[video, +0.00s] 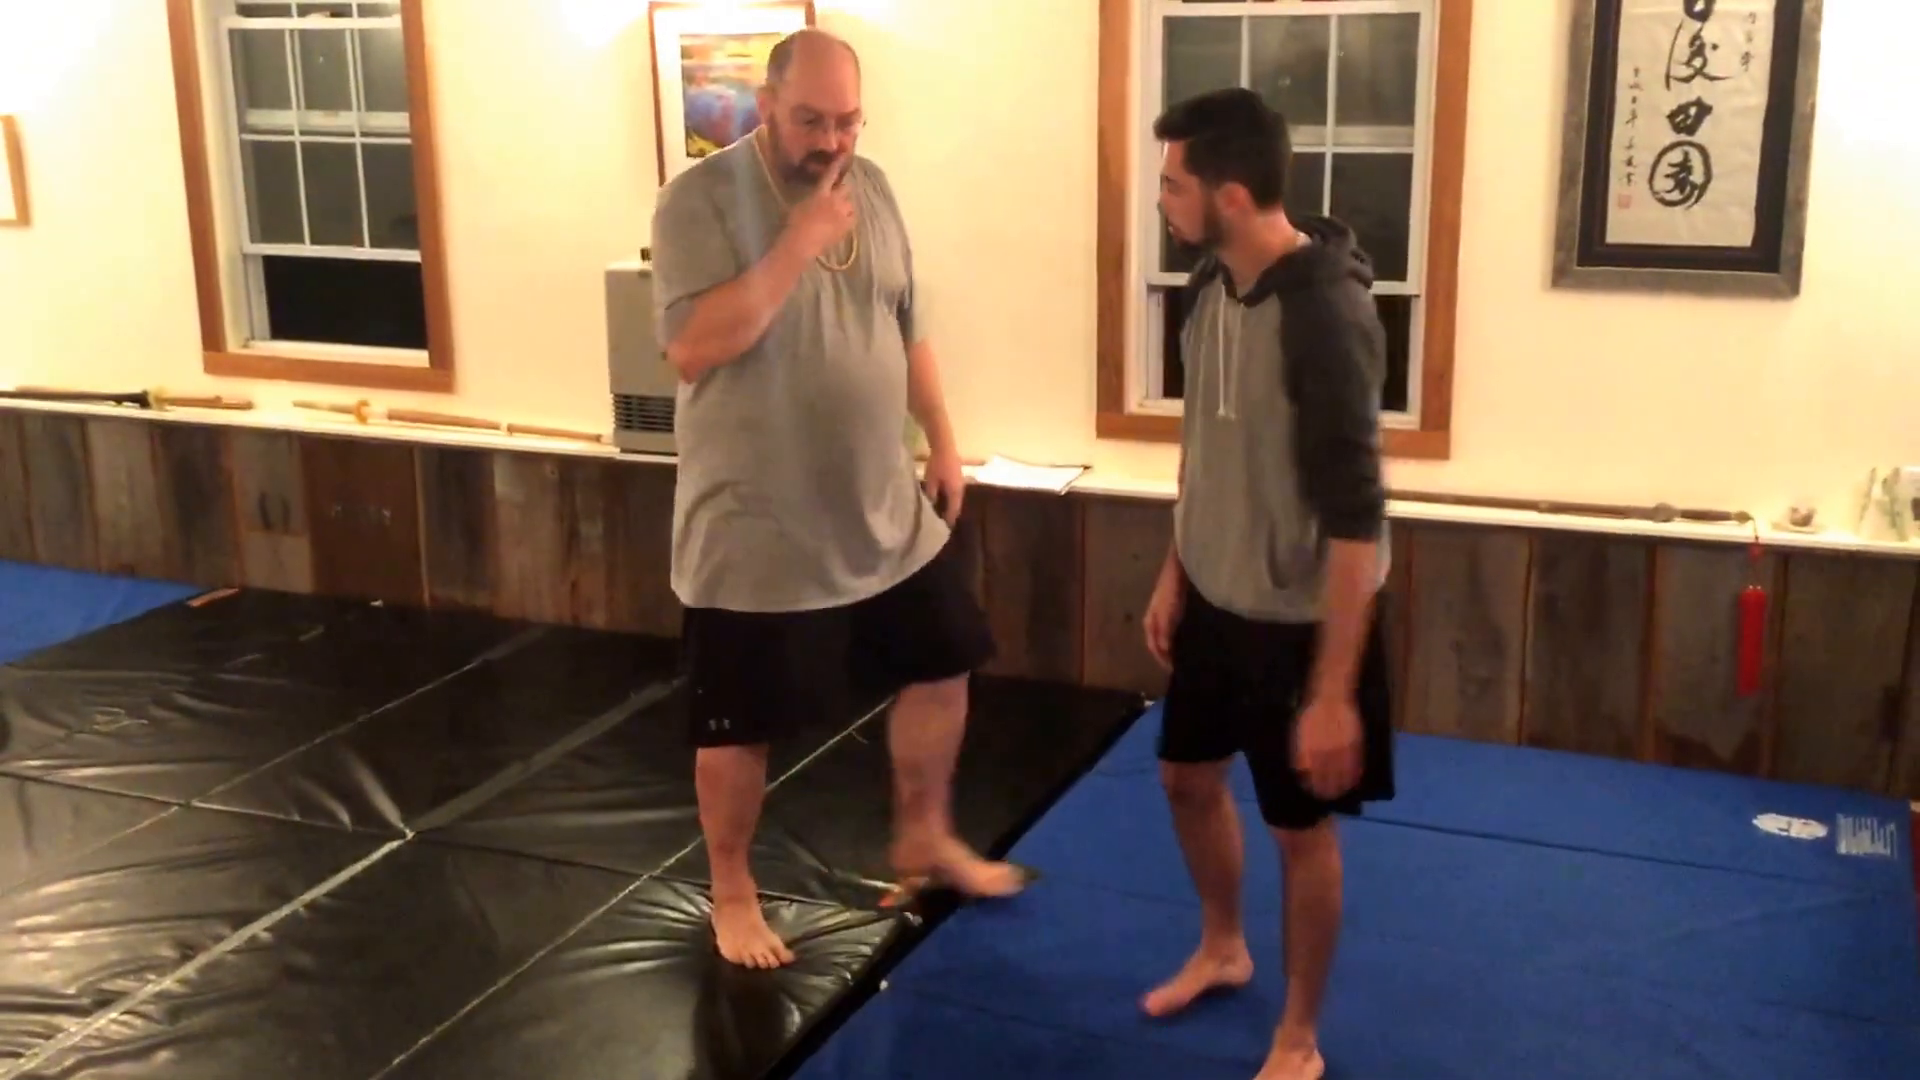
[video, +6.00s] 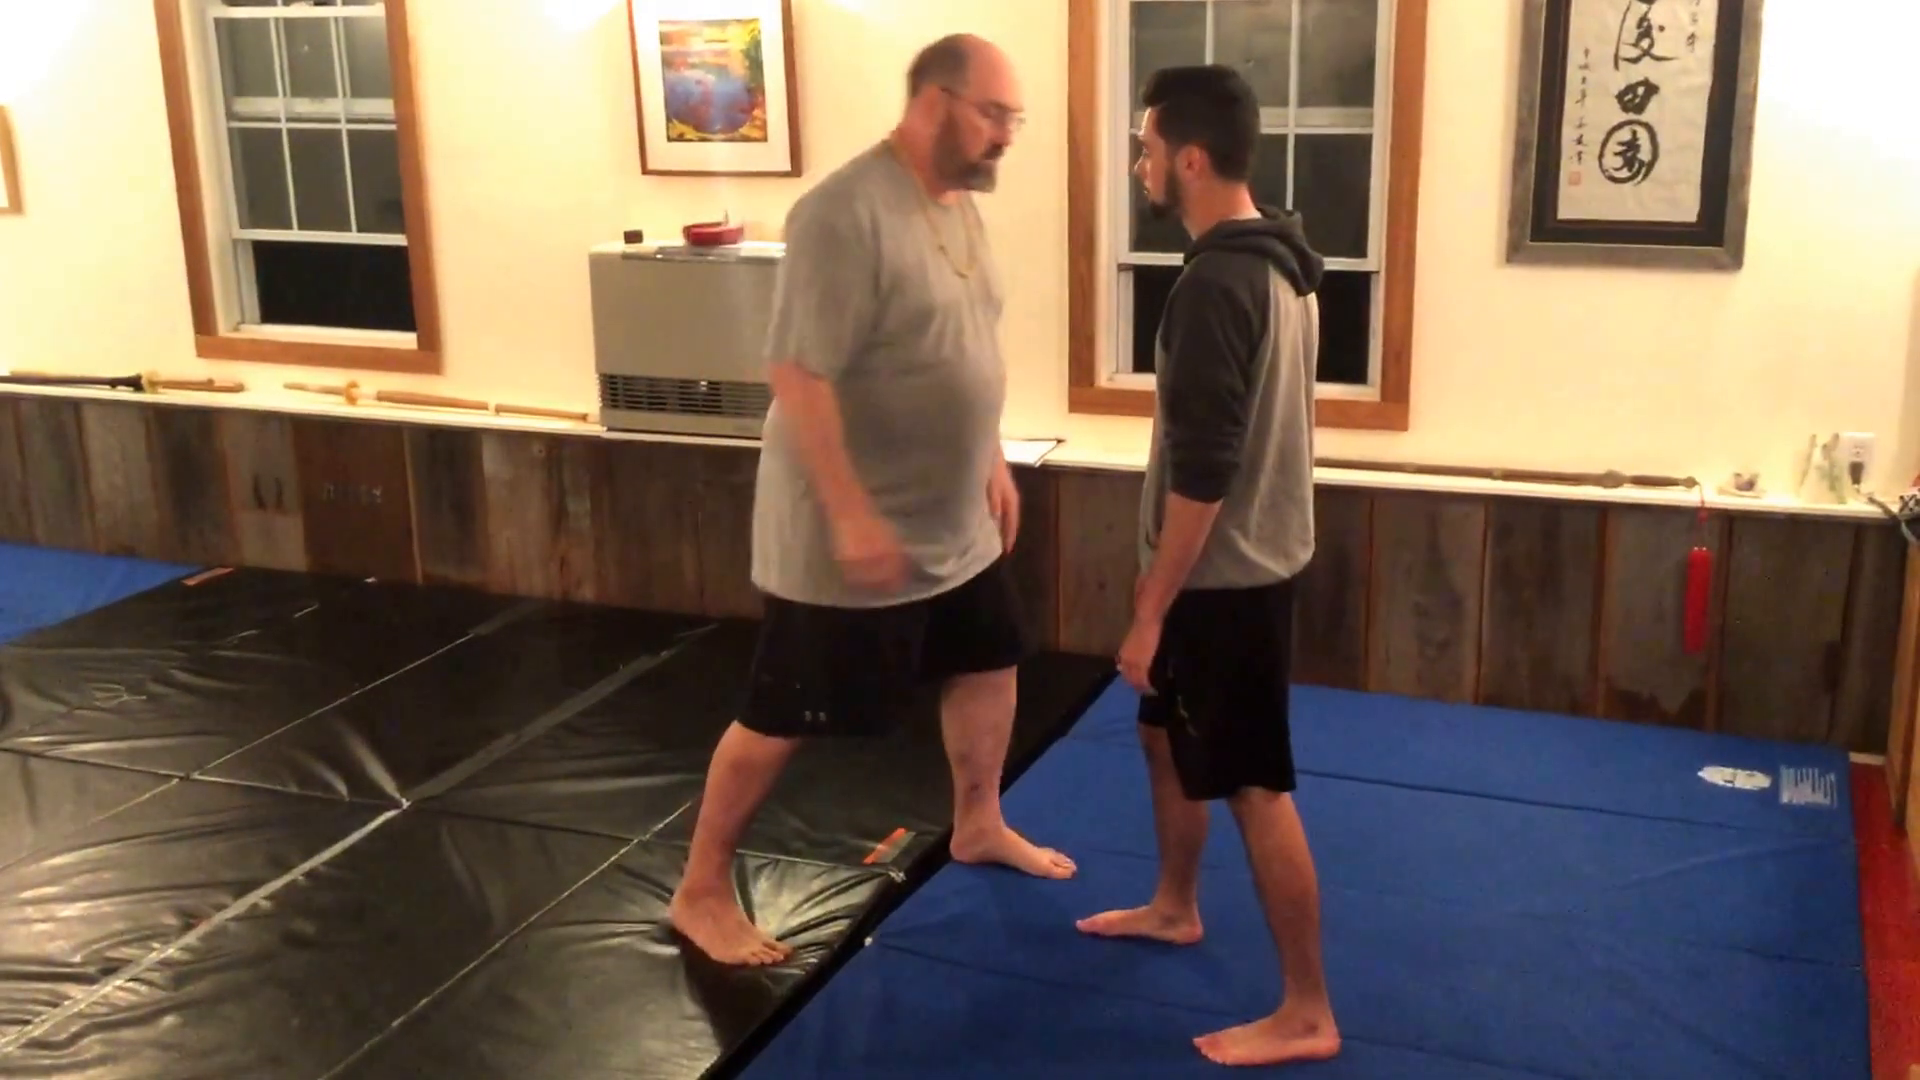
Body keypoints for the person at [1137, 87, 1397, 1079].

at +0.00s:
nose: (1163, 201)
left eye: (1174, 183)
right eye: (1164, 181)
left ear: (1232, 191)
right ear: (1228, 188)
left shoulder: (1324, 307)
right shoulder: (1213, 290)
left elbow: (1357, 517)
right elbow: (1211, 452)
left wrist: (1334, 693)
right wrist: (1173, 571)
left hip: (1298, 625)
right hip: (1213, 605)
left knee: (1303, 834)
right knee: (1188, 773)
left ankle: (1299, 1034)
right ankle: (1223, 948)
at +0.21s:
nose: (1157, 185)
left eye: (1166, 168)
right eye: (1159, 166)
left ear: (1214, 177)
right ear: (1233, 174)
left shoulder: (1296, 295)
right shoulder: (1231, 278)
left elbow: (1287, 505)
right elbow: (1221, 456)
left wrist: (1207, 660)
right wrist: (1181, 566)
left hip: (1294, 607)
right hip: (1224, 592)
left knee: (1289, 826)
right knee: (1183, 754)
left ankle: (1295, 1031)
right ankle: (1207, 948)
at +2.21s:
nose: (1152, 178)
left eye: (1159, 158)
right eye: (1153, 159)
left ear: (1207, 159)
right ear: (1233, 159)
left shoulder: (1237, 283)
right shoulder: (1293, 256)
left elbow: (1215, 469)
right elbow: (1260, 446)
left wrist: (1152, 586)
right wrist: (1186, 572)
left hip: (1256, 572)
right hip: (1252, 558)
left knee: (1259, 798)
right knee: (1183, 742)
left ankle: (1314, 1027)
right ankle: (1183, 917)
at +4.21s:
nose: (1142, 156)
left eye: (1154, 140)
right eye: (1146, 138)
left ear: (1202, 154)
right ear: (1225, 153)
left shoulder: (1215, 276)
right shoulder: (1274, 254)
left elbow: (1202, 469)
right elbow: (1268, 426)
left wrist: (1143, 602)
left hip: (1233, 566)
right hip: (1232, 553)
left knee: (1262, 783)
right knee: (1166, 729)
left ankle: (1308, 1012)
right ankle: (1176, 906)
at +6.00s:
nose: (1142, 162)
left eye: (1150, 145)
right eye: (1144, 144)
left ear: (1193, 155)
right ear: (1231, 152)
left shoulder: (1216, 281)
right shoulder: (1277, 255)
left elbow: (1204, 474)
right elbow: (1275, 425)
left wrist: (1149, 613)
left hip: (1229, 571)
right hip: (1239, 555)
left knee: (1254, 784)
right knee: (1165, 725)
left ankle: (1307, 1010)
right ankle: (1175, 903)